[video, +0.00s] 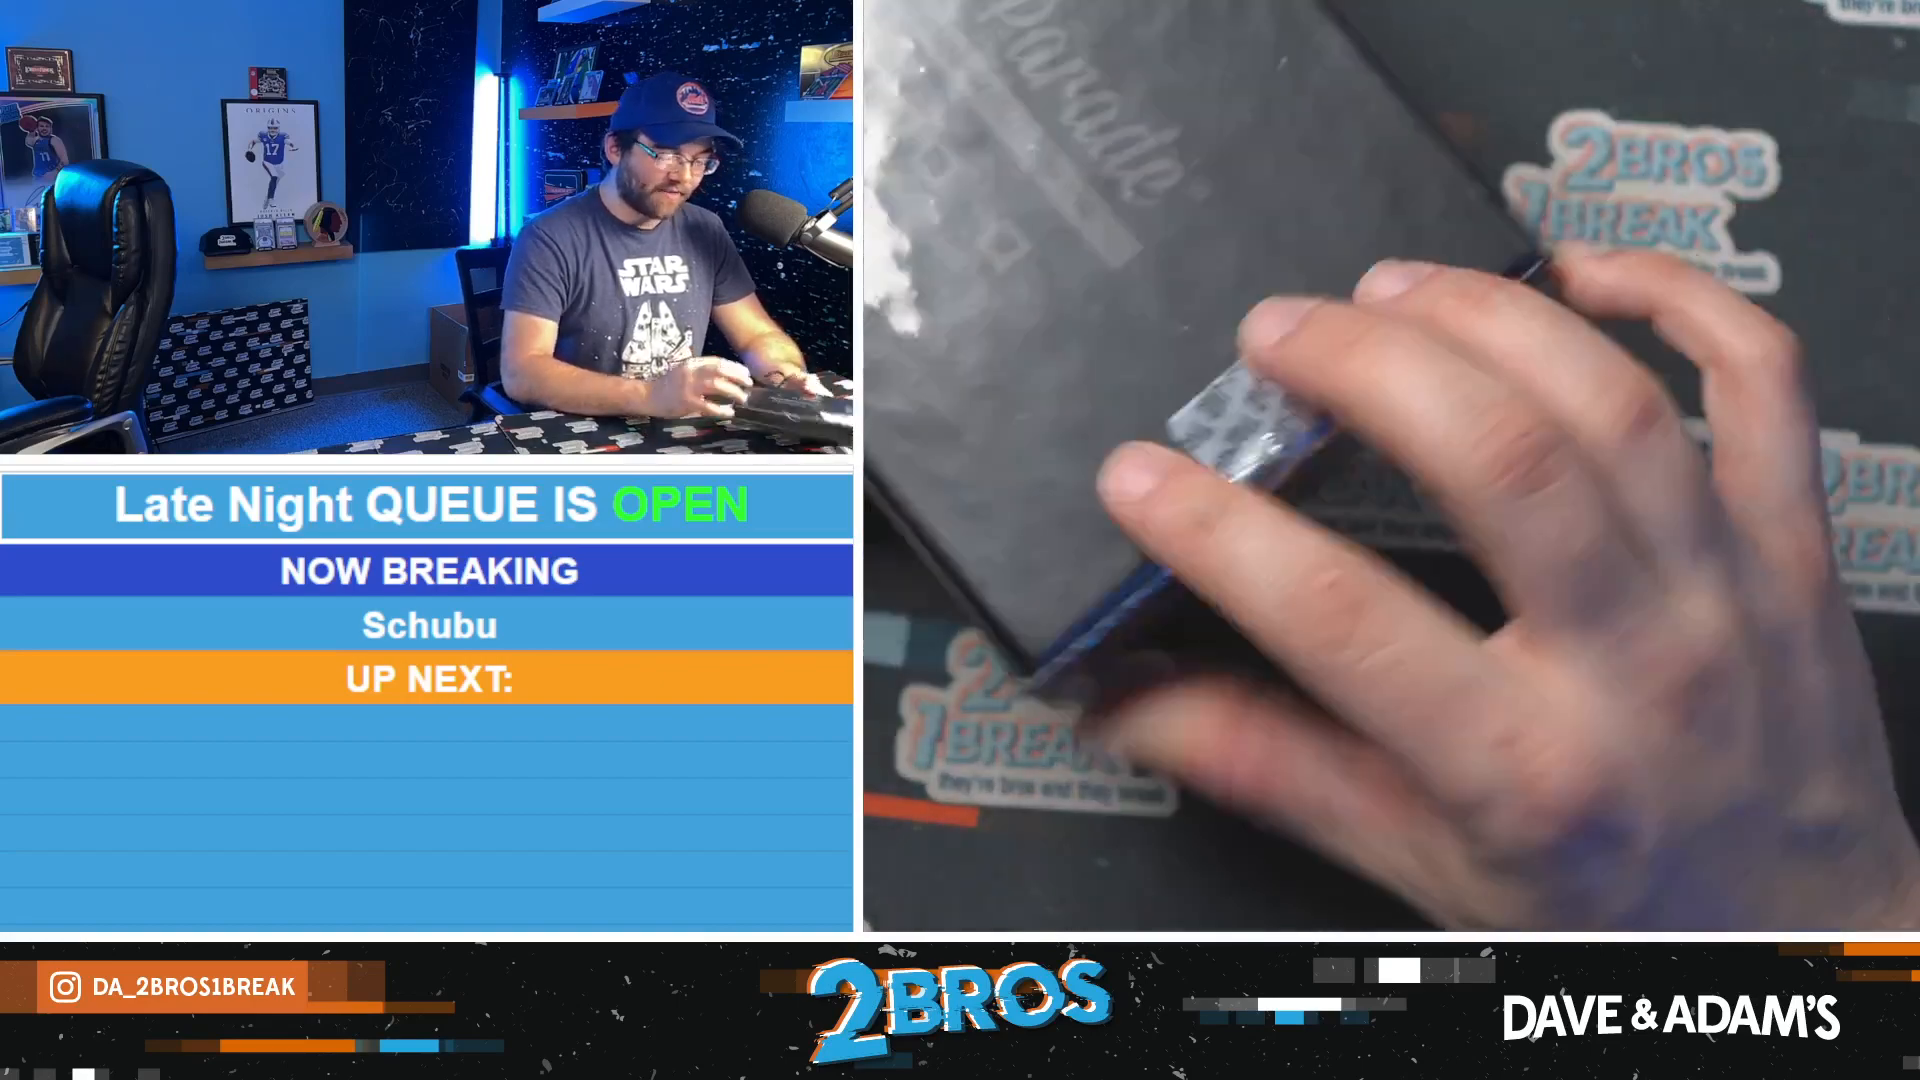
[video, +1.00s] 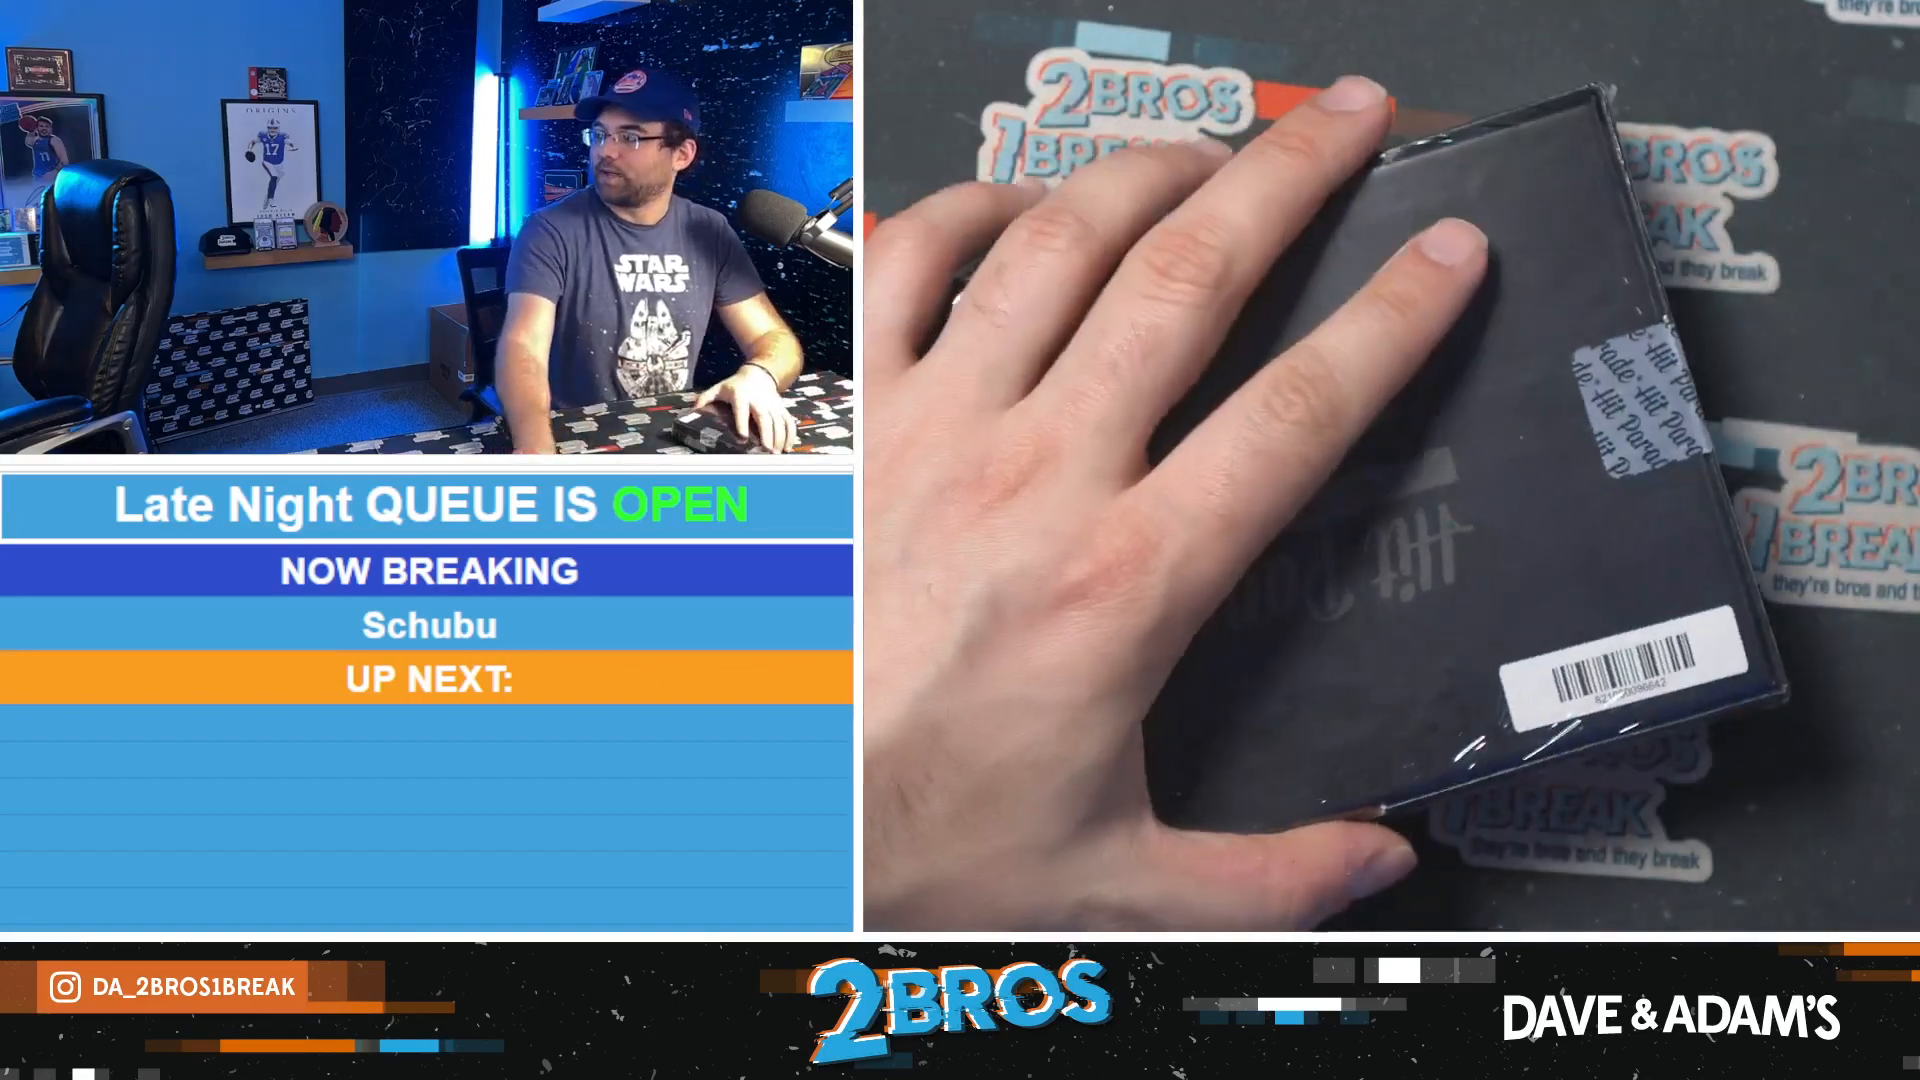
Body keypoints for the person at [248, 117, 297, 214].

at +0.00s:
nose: (273, 130)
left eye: (275, 128)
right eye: (271, 128)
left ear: (278, 128)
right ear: (268, 128)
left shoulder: (283, 136)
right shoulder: (263, 136)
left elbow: (290, 143)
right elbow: (253, 141)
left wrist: (292, 147)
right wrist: (250, 149)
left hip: (279, 164)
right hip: (267, 162)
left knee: (275, 182)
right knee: (274, 176)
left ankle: (267, 200)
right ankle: (270, 199)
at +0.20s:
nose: (273, 130)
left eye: (275, 128)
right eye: (271, 128)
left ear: (278, 128)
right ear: (268, 128)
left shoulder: (283, 136)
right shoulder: (263, 136)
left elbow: (290, 143)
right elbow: (253, 141)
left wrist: (292, 147)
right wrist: (250, 149)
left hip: (279, 164)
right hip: (267, 162)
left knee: (275, 182)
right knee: (274, 176)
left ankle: (267, 200)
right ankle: (270, 199)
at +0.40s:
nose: (273, 130)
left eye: (275, 128)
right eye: (271, 128)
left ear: (278, 128)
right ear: (268, 128)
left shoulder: (283, 136)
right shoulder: (263, 136)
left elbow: (290, 143)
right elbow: (253, 141)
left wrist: (292, 147)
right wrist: (250, 149)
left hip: (279, 164)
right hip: (267, 162)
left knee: (275, 182)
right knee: (274, 176)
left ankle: (267, 200)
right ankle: (270, 199)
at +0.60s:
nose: (273, 130)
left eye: (275, 128)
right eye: (271, 128)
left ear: (278, 128)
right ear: (268, 128)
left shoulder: (283, 136)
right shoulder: (263, 136)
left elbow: (290, 143)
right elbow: (253, 141)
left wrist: (292, 147)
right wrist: (250, 149)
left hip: (279, 164)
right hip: (267, 162)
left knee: (275, 182)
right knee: (274, 176)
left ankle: (267, 200)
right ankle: (270, 199)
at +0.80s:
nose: (273, 130)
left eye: (275, 128)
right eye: (271, 128)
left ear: (278, 128)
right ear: (268, 128)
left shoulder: (283, 136)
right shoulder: (263, 136)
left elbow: (290, 142)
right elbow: (253, 141)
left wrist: (292, 147)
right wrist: (250, 148)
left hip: (279, 164)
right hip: (267, 162)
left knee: (275, 182)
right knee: (274, 176)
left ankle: (267, 200)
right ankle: (270, 199)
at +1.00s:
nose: (273, 130)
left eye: (275, 128)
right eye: (271, 128)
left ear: (278, 128)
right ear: (268, 128)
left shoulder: (282, 136)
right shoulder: (263, 136)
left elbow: (290, 143)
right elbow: (253, 141)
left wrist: (293, 147)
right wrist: (250, 149)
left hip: (279, 164)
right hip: (267, 162)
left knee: (275, 182)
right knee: (274, 176)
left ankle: (267, 200)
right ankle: (270, 199)